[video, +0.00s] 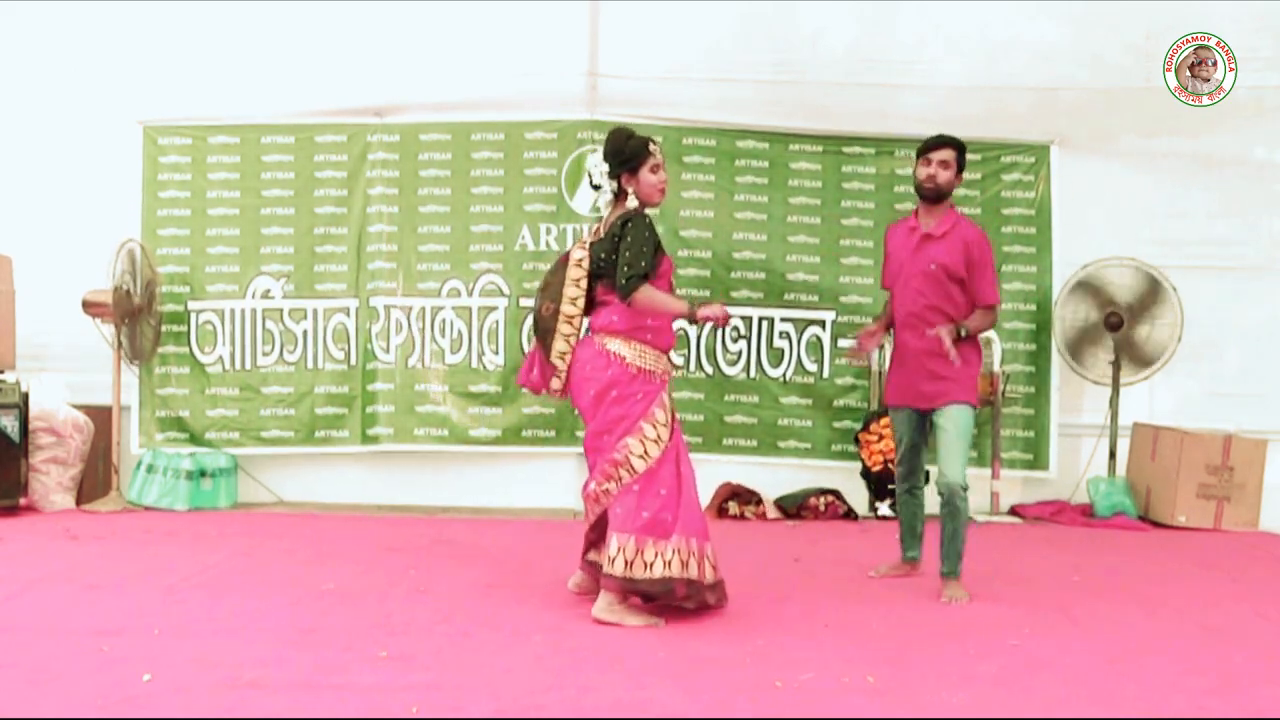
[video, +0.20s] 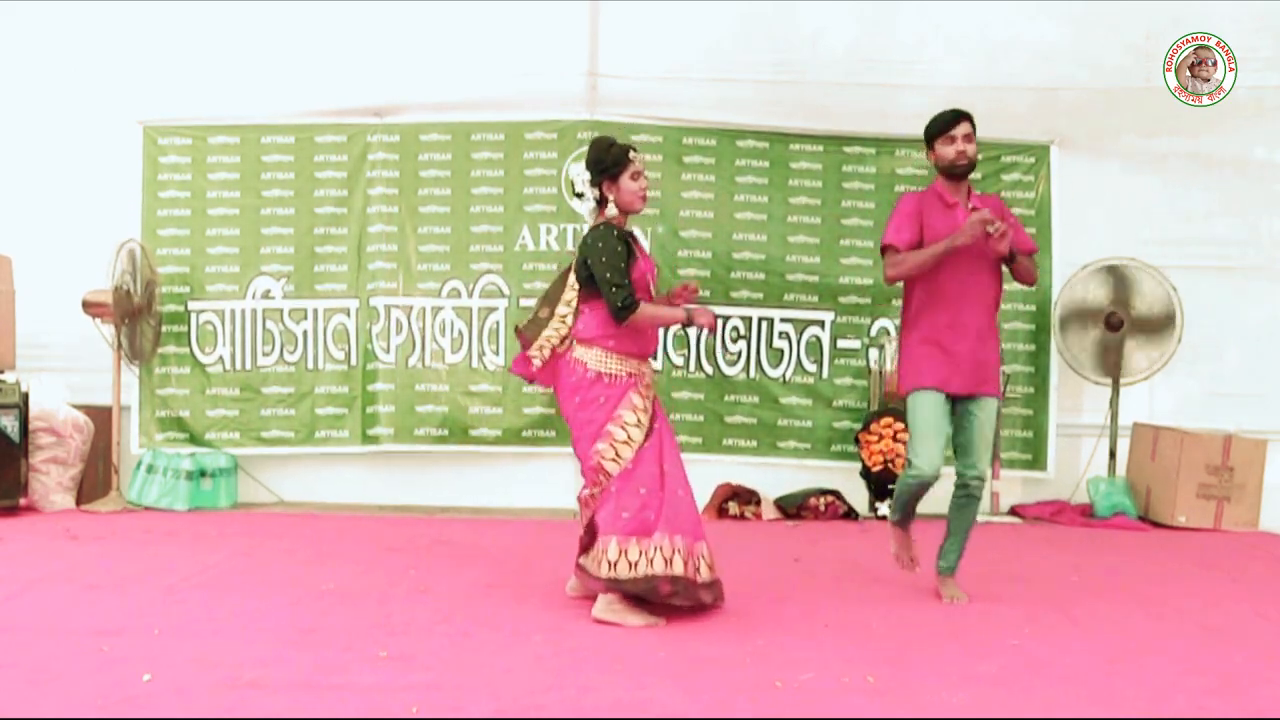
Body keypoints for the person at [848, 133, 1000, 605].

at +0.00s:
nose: (933, 171)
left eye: (944, 166)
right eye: (927, 163)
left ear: (958, 178)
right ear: (915, 170)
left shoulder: (970, 237)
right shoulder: (897, 234)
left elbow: (988, 310)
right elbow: (896, 300)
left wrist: (958, 329)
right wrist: (877, 327)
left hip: (954, 374)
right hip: (905, 371)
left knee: (950, 480)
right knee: (907, 474)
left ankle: (951, 575)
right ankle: (910, 557)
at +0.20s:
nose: (961, 147)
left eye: (968, 139)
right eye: (950, 140)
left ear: (977, 148)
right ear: (931, 151)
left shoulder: (994, 208)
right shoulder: (914, 205)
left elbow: (1030, 277)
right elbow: (893, 269)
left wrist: (1009, 250)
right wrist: (956, 239)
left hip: (980, 355)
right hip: (926, 351)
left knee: (974, 476)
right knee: (927, 467)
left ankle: (948, 572)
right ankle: (900, 520)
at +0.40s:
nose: (990, 121)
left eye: (990, 113)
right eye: (977, 116)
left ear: (991, 122)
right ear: (952, 132)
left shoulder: (985, 187)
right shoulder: (952, 180)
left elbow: (983, 265)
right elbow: (939, 233)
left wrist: (1015, 250)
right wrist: (1000, 229)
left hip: (982, 340)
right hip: (965, 340)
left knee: (952, 458)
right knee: (983, 458)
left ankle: (910, 560)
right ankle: (968, 592)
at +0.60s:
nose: (1003, 123)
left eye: (1000, 115)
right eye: (991, 119)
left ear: (976, 135)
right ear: (964, 137)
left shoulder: (972, 186)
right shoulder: (973, 174)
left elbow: (942, 264)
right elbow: (988, 178)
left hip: (981, 352)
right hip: (992, 353)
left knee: (969, 465)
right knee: (1009, 482)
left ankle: (915, 565)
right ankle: (982, 618)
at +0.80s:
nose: (1004, 105)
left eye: (1002, 97)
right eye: (991, 101)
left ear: (988, 107)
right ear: (963, 118)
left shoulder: (966, 169)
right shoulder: (971, 156)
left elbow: (932, 251)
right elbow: (1009, 149)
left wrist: (991, 268)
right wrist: (1068, 97)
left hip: (984, 340)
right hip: (981, 341)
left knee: (985, 461)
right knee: (998, 465)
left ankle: (928, 561)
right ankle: (968, 604)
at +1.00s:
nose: (978, 147)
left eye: (986, 138)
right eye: (965, 142)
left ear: (1000, 153)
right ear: (951, 159)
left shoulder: (1004, 228)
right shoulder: (941, 213)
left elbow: (1000, 314)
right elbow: (921, 291)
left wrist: (1025, 309)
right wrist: (997, 279)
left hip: (991, 375)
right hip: (952, 372)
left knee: (995, 497)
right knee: (974, 488)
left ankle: (929, 571)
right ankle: (959, 622)